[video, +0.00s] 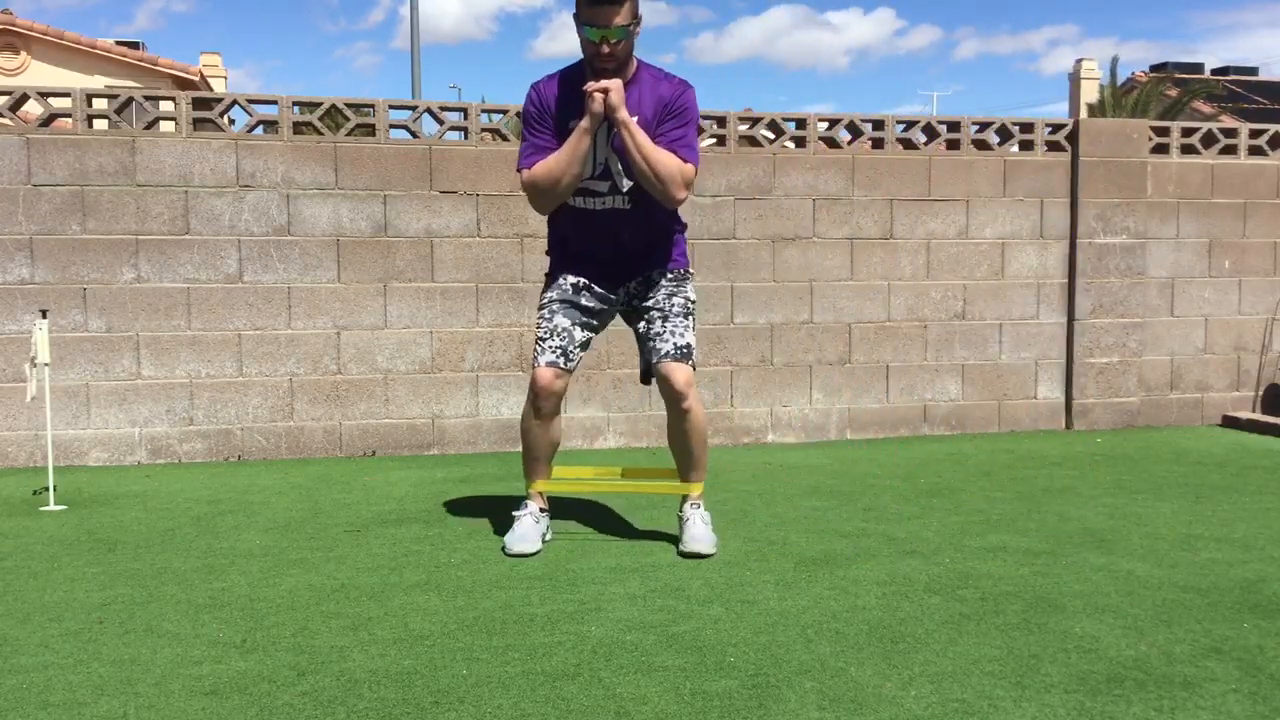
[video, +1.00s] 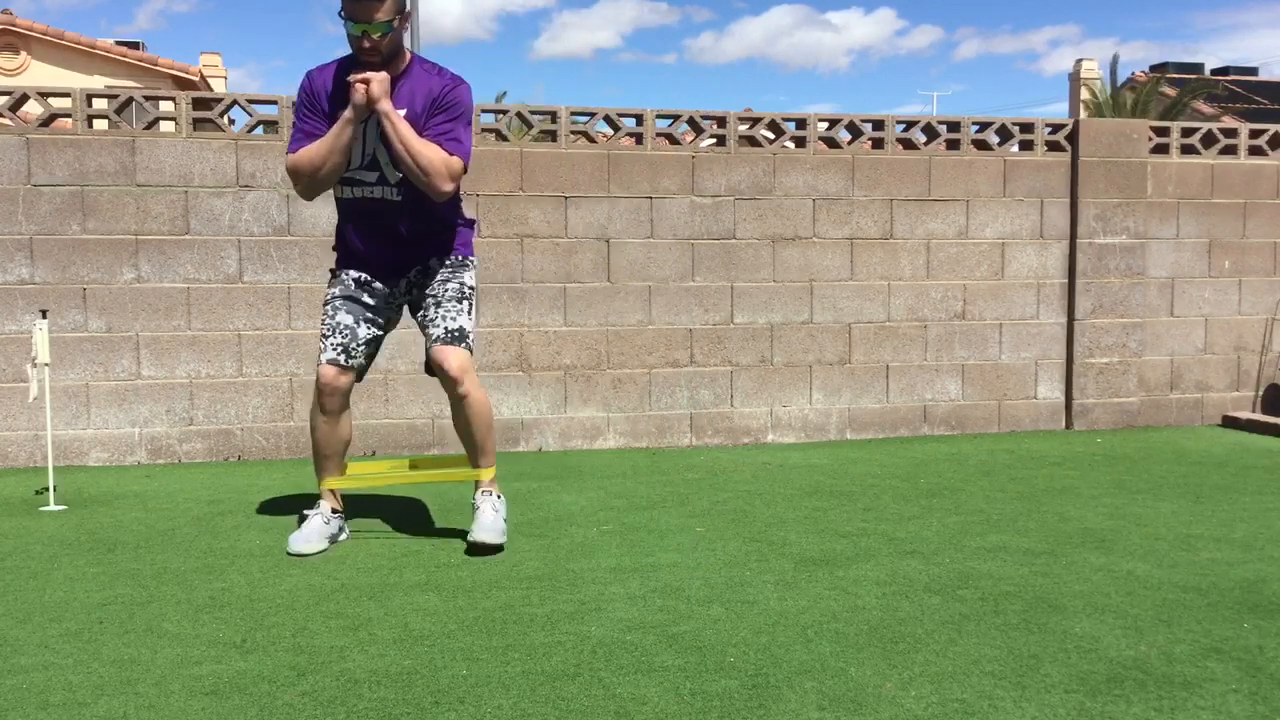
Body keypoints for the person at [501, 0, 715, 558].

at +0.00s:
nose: (604, 46)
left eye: (616, 34)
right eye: (592, 33)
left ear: (637, 24)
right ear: (577, 24)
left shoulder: (672, 94)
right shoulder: (548, 95)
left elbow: (676, 190)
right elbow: (541, 198)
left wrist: (622, 118)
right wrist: (589, 123)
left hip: (657, 265)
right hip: (578, 266)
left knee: (678, 382)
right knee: (544, 384)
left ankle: (694, 505)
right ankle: (534, 505)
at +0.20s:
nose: (613, 51)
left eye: (625, 39)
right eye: (601, 38)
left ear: (645, 29)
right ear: (585, 29)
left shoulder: (681, 99)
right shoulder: (557, 96)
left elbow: (683, 196)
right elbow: (552, 199)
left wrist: (632, 126)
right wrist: (600, 127)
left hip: (657, 270)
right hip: (576, 265)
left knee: (675, 384)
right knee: (528, 374)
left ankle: (694, 507)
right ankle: (516, 499)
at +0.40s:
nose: (593, 51)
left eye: (606, 40)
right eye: (582, 38)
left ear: (627, 30)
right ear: (567, 28)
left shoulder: (660, 101)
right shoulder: (536, 95)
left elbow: (663, 196)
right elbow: (526, 198)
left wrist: (612, 126)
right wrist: (580, 127)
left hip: (628, 276)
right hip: (542, 270)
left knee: (656, 388)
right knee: (471, 375)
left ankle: (691, 506)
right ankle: (407, 493)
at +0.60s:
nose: (518, 70)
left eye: (531, 58)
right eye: (507, 58)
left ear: (552, 52)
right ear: (492, 51)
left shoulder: (584, 124)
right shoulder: (462, 121)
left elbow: (590, 211)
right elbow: (453, 218)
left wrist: (535, 142)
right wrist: (504, 148)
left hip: (565, 295)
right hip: (480, 291)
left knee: (620, 402)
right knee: (400, 397)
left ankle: (688, 509)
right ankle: (340, 508)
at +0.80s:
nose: (416, 56)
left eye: (429, 46)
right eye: (407, 44)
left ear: (453, 39)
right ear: (394, 34)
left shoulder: (489, 109)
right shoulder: (365, 99)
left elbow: (485, 201)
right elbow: (340, 194)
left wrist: (431, 127)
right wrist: (398, 129)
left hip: (479, 275)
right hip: (396, 275)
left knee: (526, 377)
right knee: (341, 387)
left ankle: (608, 490)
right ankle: (330, 509)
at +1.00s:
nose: (365, 39)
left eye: (378, 28)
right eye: (355, 28)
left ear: (404, 20)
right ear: (343, 22)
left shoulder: (445, 89)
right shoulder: (321, 84)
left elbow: (444, 182)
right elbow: (305, 183)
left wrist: (385, 110)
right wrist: (352, 116)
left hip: (440, 253)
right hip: (363, 256)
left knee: (451, 364)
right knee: (330, 381)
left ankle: (487, 492)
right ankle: (329, 508)